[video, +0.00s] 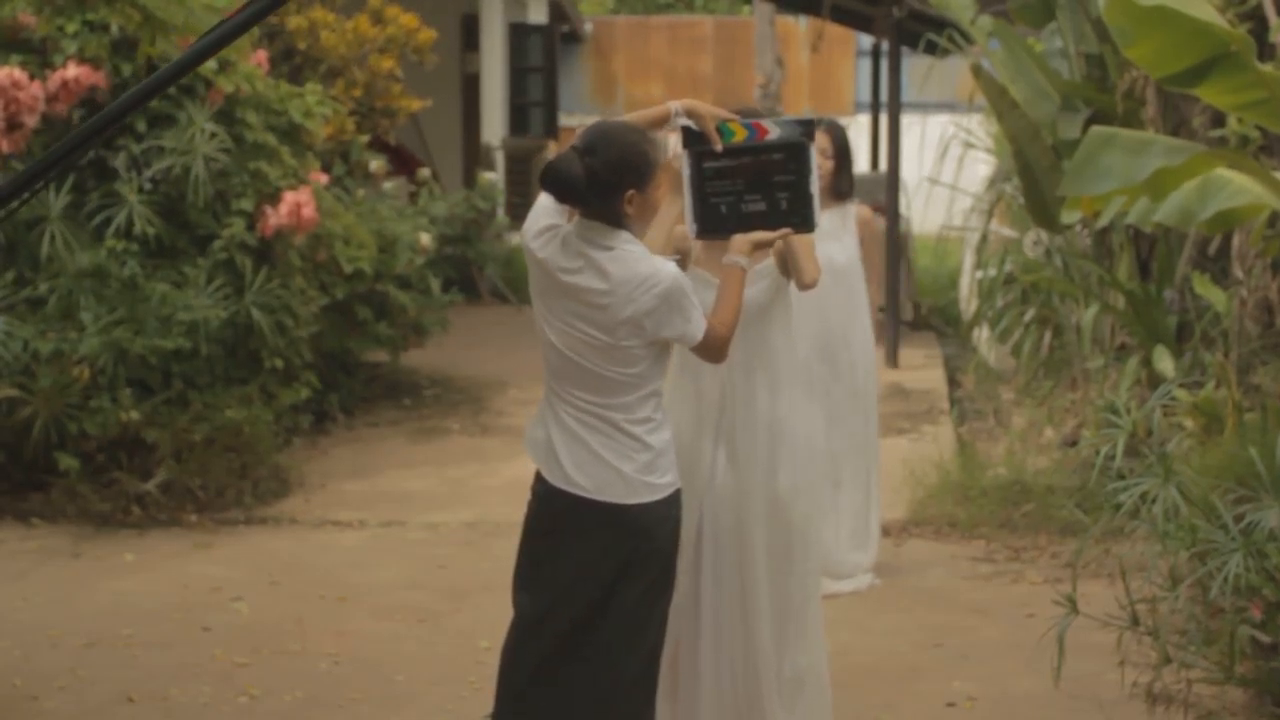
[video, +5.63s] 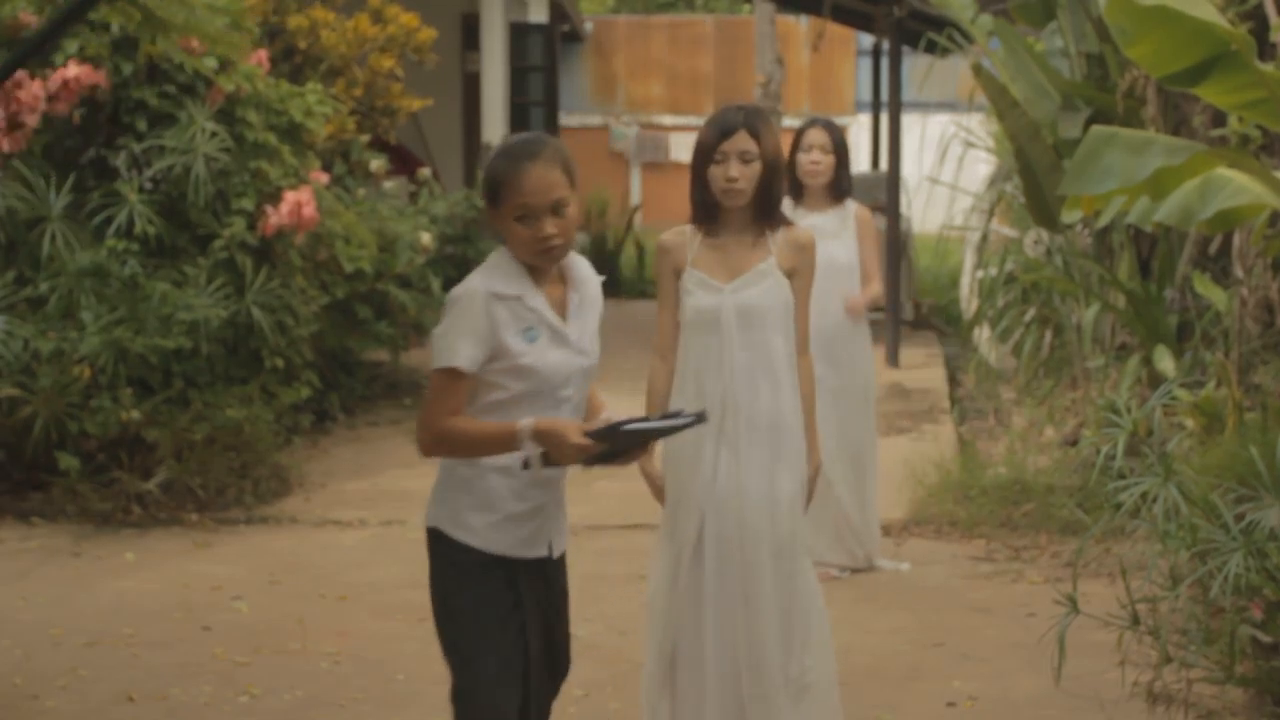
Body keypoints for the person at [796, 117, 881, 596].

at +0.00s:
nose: (817, 164)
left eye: (825, 155)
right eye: (810, 154)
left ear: (841, 164)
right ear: (797, 161)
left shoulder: (860, 219)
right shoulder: (784, 219)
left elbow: (873, 284)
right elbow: (769, 286)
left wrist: (870, 334)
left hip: (843, 348)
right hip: (791, 351)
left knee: (843, 448)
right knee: (794, 450)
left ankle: (845, 557)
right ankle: (794, 556)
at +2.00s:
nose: (828, 200)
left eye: (837, 191)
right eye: (822, 189)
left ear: (849, 184)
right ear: (806, 181)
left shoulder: (857, 222)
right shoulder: (787, 215)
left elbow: (867, 294)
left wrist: (866, 361)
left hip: (837, 354)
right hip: (787, 356)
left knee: (839, 456)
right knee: (791, 456)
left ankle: (842, 560)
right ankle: (791, 561)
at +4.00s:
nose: (828, 201)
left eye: (836, 192)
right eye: (821, 192)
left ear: (849, 189)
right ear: (806, 188)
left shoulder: (860, 225)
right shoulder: (792, 223)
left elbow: (869, 291)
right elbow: (778, 290)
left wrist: (874, 351)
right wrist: (774, 357)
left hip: (843, 353)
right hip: (796, 355)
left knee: (844, 450)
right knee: (803, 451)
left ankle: (845, 547)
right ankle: (809, 550)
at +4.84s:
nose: (832, 183)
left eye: (841, 175)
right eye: (824, 174)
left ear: (850, 176)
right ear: (805, 173)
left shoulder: (857, 220)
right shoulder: (786, 221)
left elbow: (873, 288)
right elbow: (771, 293)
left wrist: (888, 354)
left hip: (845, 353)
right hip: (795, 354)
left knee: (844, 450)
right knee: (802, 451)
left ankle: (850, 547)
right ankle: (812, 552)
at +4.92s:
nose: (834, 180)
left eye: (842, 170)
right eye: (824, 170)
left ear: (853, 171)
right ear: (804, 169)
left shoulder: (857, 219)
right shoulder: (785, 217)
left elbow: (873, 288)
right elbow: (777, 283)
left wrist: (886, 354)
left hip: (846, 347)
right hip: (796, 348)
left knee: (845, 445)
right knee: (802, 445)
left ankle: (849, 545)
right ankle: (807, 550)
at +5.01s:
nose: (830, 174)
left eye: (837, 164)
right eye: (819, 164)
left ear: (848, 163)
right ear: (800, 164)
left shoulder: (855, 210)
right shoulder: (782, 210)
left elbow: (871, 285)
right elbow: (770, 280)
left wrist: (882, 353)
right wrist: (775, 346)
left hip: (844, 345)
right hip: (794, 343)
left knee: (841, 444)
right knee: (799, 444)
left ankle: (848, 545)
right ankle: (806, 549)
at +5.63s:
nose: (815, 160)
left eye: (825, 151)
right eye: (806, 151)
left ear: (840, 160)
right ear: (793, 159)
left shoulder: (857, 217)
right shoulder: (780, 217)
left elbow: (875, 280)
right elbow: (763, 275)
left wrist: (862, 298)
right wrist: (776, 309)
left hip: (845, 345)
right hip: (793, 344)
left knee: (849, 442)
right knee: (801, 440)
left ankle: (851, 544)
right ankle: (807, 546)